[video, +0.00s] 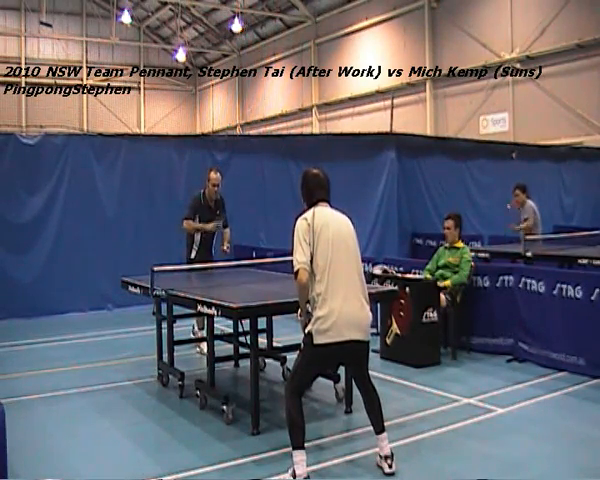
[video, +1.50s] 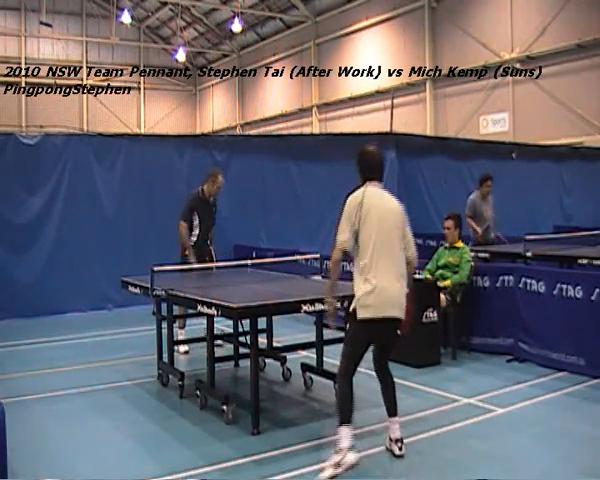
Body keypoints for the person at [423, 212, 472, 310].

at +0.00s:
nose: (445, 232)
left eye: (448, 229)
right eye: (444, 229)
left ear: (457, 230)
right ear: (443, 230)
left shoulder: (464, 251)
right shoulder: (442, 249)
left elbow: (463, 276)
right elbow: (430, 267)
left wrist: (446, 283)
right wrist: (428, 277)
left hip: (452, 284)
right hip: (436, 281)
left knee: (442, 298)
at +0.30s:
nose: (445, 232)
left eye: (448, 229)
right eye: (444, 229)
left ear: (457, 230)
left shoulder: (464, 251)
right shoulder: (442, 249)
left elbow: (463, 276)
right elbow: (430, 267)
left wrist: (446, 283)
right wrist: (428, 277)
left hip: (453, 284)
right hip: (436, 281)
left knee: (443, 298)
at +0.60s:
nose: (445, 232)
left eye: (448, 229)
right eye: (444, 229)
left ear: (457, 230)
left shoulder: (464, 251)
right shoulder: (442, 249)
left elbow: (463, 276)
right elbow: (430, 267)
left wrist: (446, 283)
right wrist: (428, 276)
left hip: (453, 285)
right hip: (436, 281)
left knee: (441, 298)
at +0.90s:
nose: (445, 232)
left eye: (448, 229)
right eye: (444, 229)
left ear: (457, 230)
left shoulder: (464, 251)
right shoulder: (442, 249)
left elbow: (463, 276)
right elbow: (429, 268)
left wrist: (446, 283)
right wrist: (429, 278)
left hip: (453, 285)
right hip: (436, 281)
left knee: (442, 298)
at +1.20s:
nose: (445, 232)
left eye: (448, 229)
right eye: (444, 229)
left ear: (457, 230)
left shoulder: (464, 251)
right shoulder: (442, 249)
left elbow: (463, 276)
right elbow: (429, 267)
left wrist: (446, 283)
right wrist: (428, 276)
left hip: (452, 285)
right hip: (435, 281)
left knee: (442, 298)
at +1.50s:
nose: (445, 232)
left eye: (448, 229)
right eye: (444, 229)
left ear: (457, 230)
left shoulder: (464, 251)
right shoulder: (442, 249)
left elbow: (463, 276)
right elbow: (430, 266)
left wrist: (447, 283)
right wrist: (428, 275)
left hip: (453, 284)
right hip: (435, 281)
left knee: (442, 298)